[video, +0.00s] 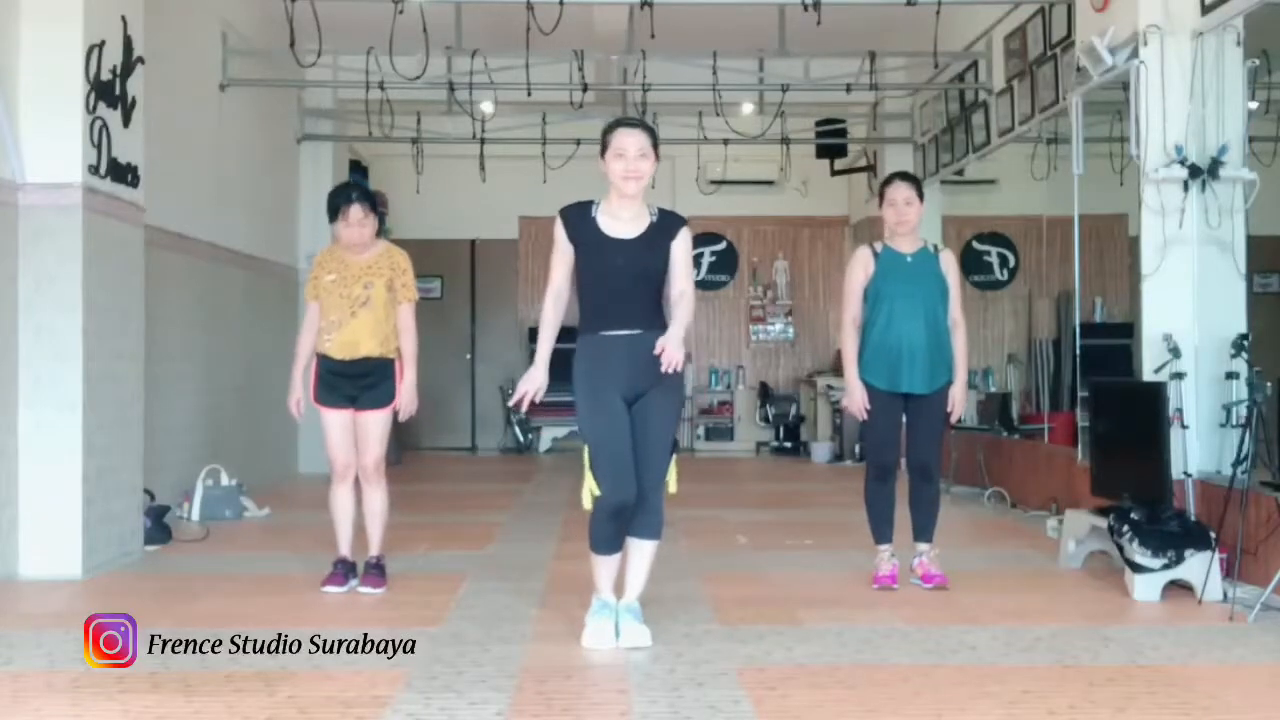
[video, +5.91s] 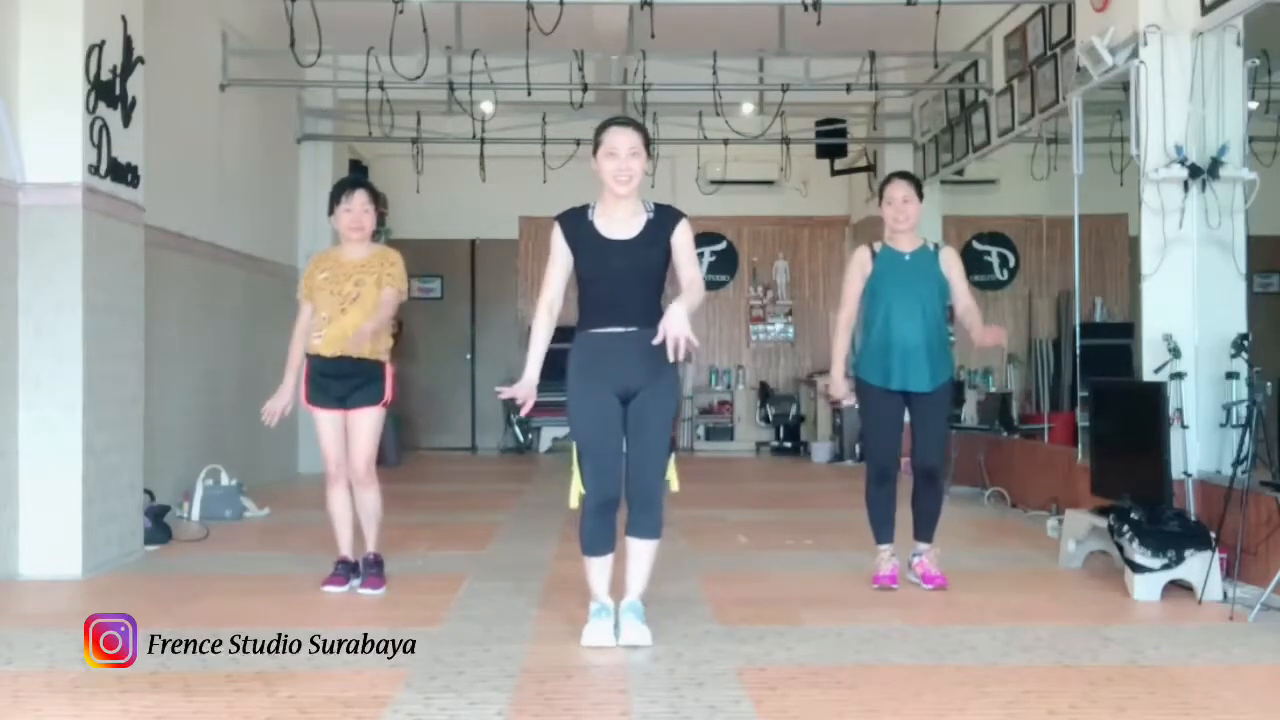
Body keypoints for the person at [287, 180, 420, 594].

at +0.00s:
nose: (355, 230)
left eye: (363, 221)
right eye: (347, 222)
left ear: (377, 220)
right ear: (334, 224)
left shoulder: (395, 260)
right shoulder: (324, 261)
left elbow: (407, 324)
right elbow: (311, 323)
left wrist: (409, 381)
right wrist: (297, 379)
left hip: (379, 369)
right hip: (331, 369)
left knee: (371, 467)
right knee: (341, 468)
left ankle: (375, 560)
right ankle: (343, 560)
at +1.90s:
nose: (357, 212)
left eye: (366, 203)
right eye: (348, 204)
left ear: (380, 212)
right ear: (336, 213)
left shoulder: (395, 257)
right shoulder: (324, 262)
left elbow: (396, 298)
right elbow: (310, 326)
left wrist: (377, 329)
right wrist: (296, 385)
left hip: (375, 367)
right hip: (329, 367)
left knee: (368, 467)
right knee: (339, 470)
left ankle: (373, 558)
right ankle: (344, 559)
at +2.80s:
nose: (356, 212)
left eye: (365, 205)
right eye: (347, 205)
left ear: (378, 213)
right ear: (335, 213)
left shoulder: (395, 257)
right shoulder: (324, 260)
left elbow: (411, 319)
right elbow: (305, 310)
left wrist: (423, 371)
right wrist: (290, 344)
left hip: (380, 368)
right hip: (332, 368)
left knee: (370, 467)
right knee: (339, 468)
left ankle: (373, 559)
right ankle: (344, 559)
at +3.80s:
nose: (354, 210)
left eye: (364, 203)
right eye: (346, 203)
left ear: (378, 213)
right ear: (334, 213)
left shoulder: (391, 260)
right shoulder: (320, 264)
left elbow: (393, 306)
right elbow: (304, 326)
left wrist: (382, 326)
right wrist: (290, 386)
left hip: (372, 367)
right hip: (325, 367)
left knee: (365, 469)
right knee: (338, 471)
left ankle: (372, 559)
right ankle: (345, 560)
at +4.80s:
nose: (358, 214)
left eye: (367, 207)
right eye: (349, 207)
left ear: (380, 215)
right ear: (336, 215)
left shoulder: (396, 261)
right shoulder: (323, 262)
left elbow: (411, 320)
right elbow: (306, 305)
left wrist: (422, 371)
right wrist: (292, 331)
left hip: (382, 370)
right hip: (333, 369)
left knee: (372, 468)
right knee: (340, 469)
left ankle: (373, 560)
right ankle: (346, 560)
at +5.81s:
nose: (358, 214)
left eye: (367, 207)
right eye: (349, 207)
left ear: (379, 216)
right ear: (335, 215)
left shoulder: (390, 260)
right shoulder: (319, 264)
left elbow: (395, 308)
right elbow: (300, 325)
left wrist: (381, 333)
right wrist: (287, 380)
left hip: (371, 367)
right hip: (324, 368)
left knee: (364, 469)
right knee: (337, 471)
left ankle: (372, 558)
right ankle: (345, 560)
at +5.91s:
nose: (357, 217)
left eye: (365, 209)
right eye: (348, 209)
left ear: (377, 217)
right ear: (333, 217)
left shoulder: (388, 261)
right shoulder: (318, 265)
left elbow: (387, 310)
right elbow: (302, 329)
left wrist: (368, 328)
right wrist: (287, 386)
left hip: (368, 370)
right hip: (322, 369)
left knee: (361, 470)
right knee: (335, 472)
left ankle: (371, 558)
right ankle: (345, 560)